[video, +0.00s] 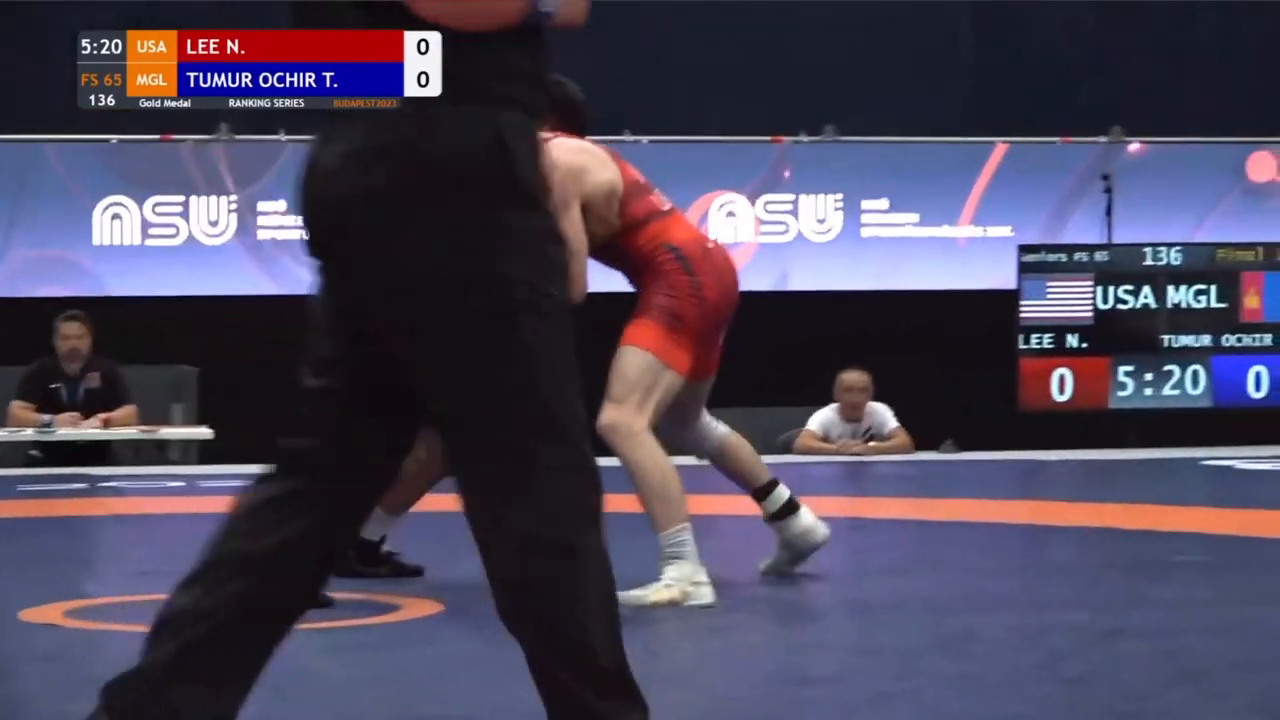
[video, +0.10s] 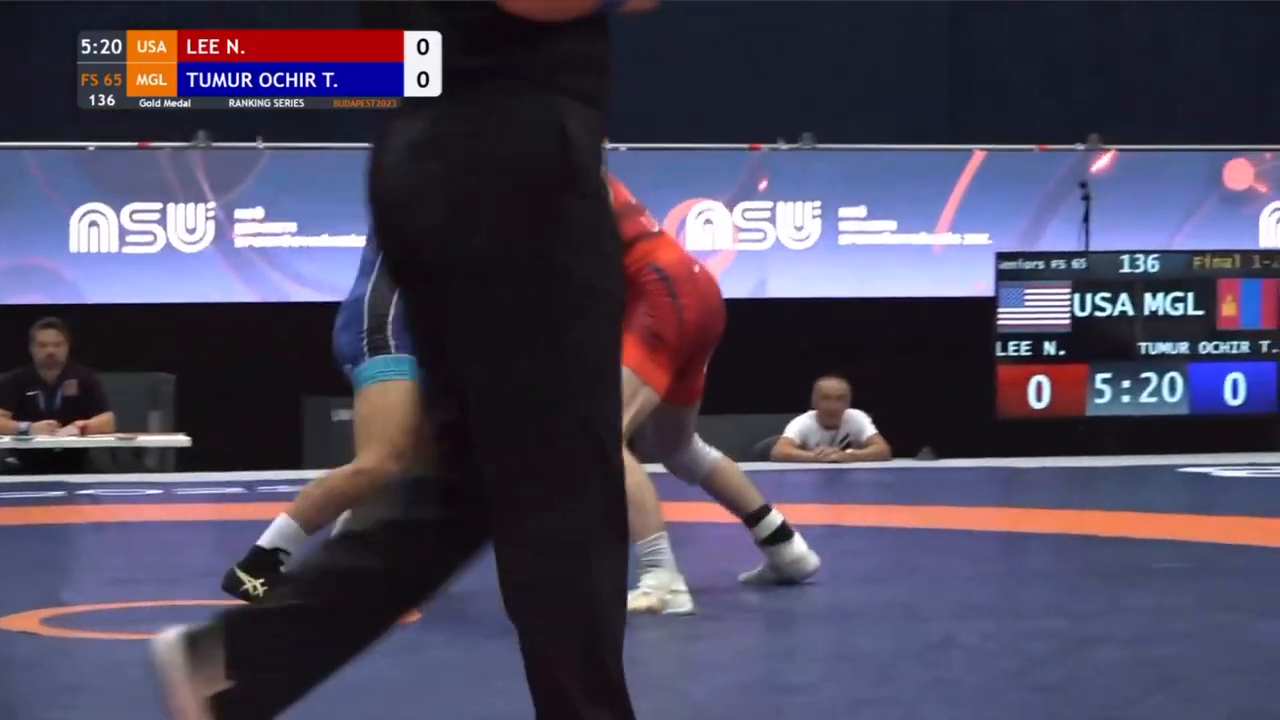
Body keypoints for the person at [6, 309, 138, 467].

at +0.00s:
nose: (73, 345)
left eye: (79, 338)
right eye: (65, 338)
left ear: (90, 340)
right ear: (55, 342)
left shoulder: (107, 371)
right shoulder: (40, 372)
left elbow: (131, 415)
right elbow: (15, 415)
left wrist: (102, 420)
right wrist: (52, 421)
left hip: (97, 456)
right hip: (49, 457)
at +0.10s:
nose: (50, 352)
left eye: (57, 345)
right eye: (42, 346)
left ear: (68, 347)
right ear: (31, 348)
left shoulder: (85, 379)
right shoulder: (14, 382)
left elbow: (108, 423)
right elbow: (2, 422)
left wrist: (78, 427)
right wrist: (29, 429)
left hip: (75, 465)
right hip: (27, 467)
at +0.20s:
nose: (28, 357)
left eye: (35, 351)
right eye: (21, 351)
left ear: (45, 353)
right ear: (9, 354)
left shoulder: (62, 383)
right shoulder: (4, 386)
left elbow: (86, 428)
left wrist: (55, 433)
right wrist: (7, 434)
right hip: (8, 473)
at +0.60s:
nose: (21, 366)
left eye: (27, 360)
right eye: (14, 361)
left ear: (37, 363)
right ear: (3, 364)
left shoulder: (53, 392)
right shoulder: (3, 395)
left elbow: (77, 434)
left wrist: (48, 439)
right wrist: (3, 441)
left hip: (46, 476)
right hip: (6, 477)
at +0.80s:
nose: (28, 368)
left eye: (35, 362)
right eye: (22, 363)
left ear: (45, 364)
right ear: (10, 365)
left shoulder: (59, 393)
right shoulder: (4, 396)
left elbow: (84, 435)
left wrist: (55, 440)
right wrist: (8, 441)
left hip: (52, 479)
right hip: (9, 480)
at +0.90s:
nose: (29, 369)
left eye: (36, 363)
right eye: (22, 363)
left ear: (46, 365)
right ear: (11, 365)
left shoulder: (60, 394)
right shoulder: (4, 397)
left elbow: (85, 436)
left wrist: (56, 441)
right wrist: (8, 442)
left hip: (53, 479)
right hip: (10, 480)